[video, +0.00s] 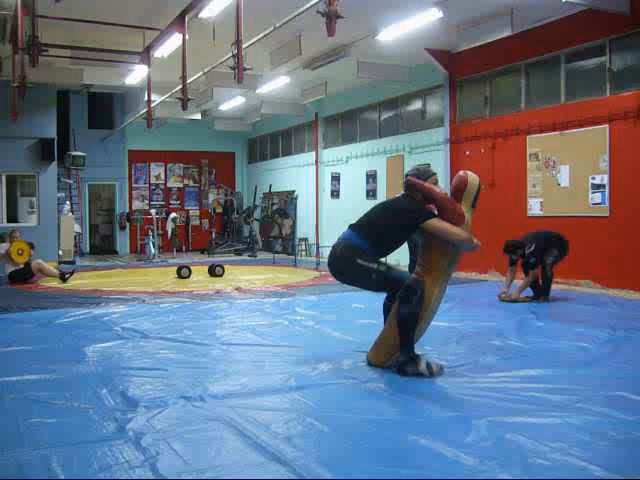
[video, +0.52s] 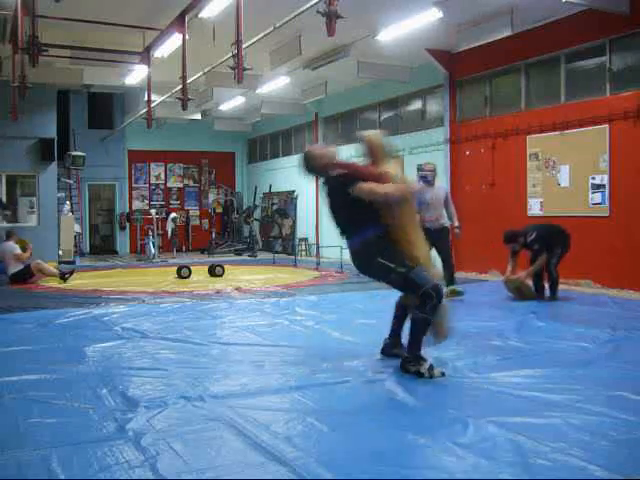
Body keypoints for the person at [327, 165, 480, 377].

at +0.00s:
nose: (438, 188)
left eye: (437, 183)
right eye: (434, 184)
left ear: (415, 188)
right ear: (423, 188)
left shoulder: (403, 203)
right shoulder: (413, 209)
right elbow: (458, 235)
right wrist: (472, 241)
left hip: (344, 258)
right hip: (349, 261)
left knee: (401, 283)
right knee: (411, 287)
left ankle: (391, 349)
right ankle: (407, 359)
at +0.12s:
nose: (437, 187)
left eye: (436, 182)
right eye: (433, 183)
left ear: (413, 187)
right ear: (421, 187)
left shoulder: (401, 202)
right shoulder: (411, 209)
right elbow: (458, 235)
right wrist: (469, 240)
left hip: (343, 257)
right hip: (349, 261)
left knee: (398, 285)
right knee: (411, 288)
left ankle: (392, 350)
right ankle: (408, 361)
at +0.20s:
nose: (428, 186)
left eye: (429, 180)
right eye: (424, 180)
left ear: (404, 179)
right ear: (411, 179)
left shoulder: (395, 193)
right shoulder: (408, 198)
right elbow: (448, 233)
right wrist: (457, 236)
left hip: (344, 254)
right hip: (350, 258)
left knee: (395, 285)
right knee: (411, 289)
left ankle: (389, 348)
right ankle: (409, 361)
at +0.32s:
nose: (414, 157)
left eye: (411, 152)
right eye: (408, 153)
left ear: (391, 158)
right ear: (393, 158)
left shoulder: (385, 180)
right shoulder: (394, 185)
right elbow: (429, 220)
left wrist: (436, 222)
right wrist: (442, 227)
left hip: (352, 249)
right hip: (357, 253)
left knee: (410, 286)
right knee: (416, 292)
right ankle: (409, 361)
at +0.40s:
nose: (370, 149)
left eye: (369, 145)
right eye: (365, 146)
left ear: (357, 149)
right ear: (356, 151)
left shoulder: (363, 171)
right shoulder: (370, 175)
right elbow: (416, 205)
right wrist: (418, 173)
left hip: (369, 245)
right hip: (368, 248)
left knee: (409, 283)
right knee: (424, 290)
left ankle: (387, 339)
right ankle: (412, 359)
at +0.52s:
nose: (326, 147)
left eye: (321, 146)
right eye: (320, 149)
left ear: (320, 165)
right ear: (320, 162)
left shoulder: (340, 177)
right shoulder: (340, 178)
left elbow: (375, 176)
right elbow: (380, 186)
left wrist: (375, 150)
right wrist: (409, 188)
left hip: (375, 248)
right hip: (370, 251)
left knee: (413, 288)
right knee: (430, 291)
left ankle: (393, 341)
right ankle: (413, 358)